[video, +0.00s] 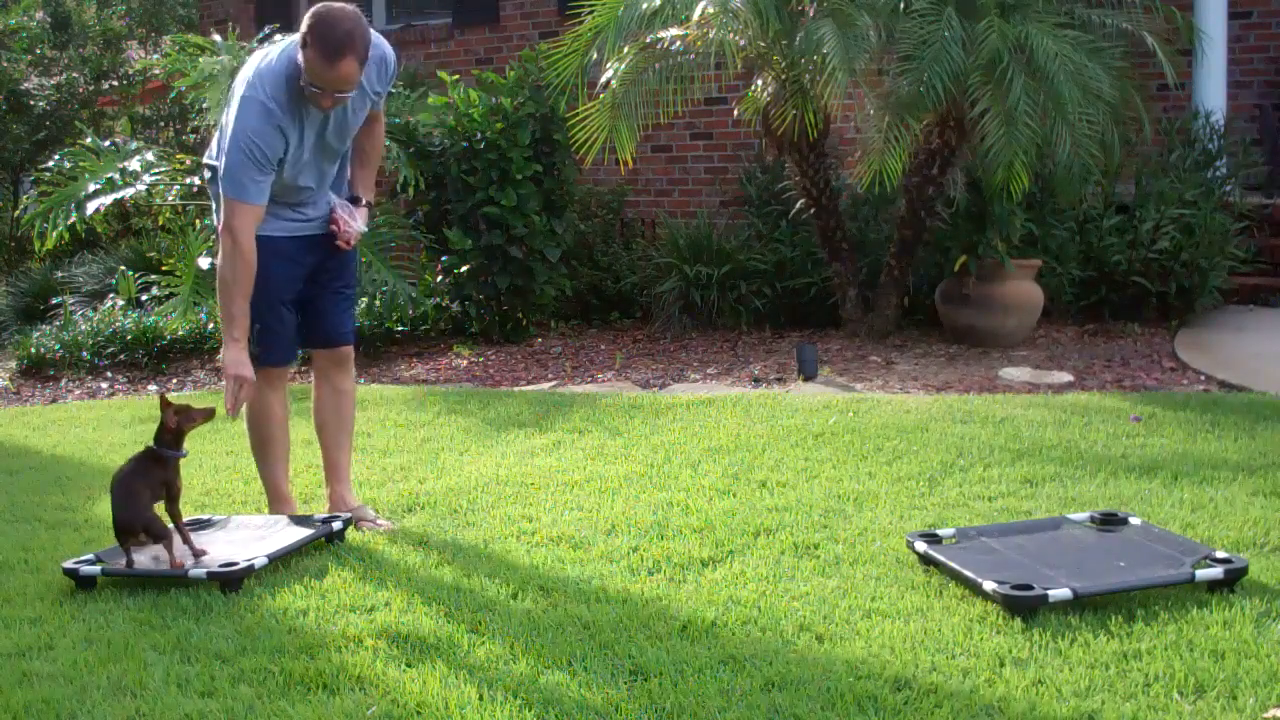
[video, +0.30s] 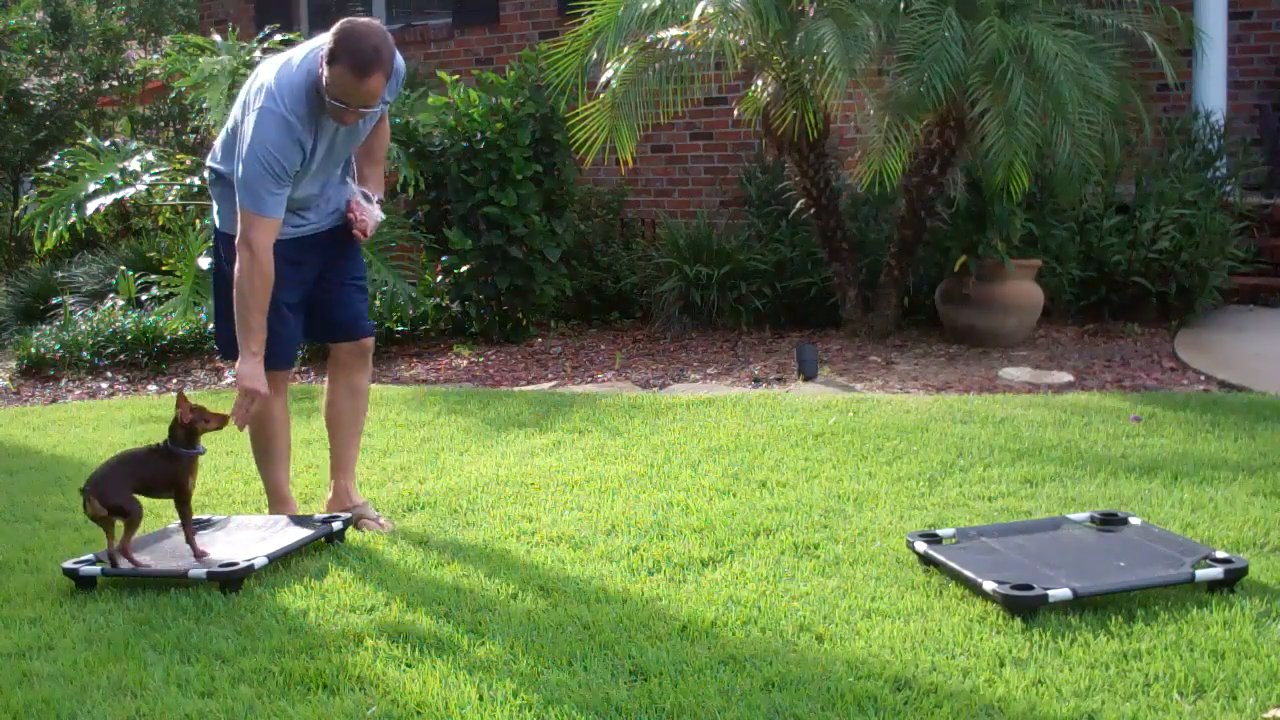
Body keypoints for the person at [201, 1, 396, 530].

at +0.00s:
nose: (330, 100)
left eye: (343, 89)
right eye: (318, 88)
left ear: (363, 60)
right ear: (300, 57)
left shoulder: (377, 58)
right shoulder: (260, 100)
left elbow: (371, 123)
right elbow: (236, 232)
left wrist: (360, 200)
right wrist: (234, 344)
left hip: (332, 219)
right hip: (264, 228)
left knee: (337, 353)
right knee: (272, 368)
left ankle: (342, 500)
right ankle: (283, 510)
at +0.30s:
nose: (353, 117)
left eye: (367, 106)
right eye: (341, 105)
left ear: (386, 76)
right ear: (323, 70)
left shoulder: (388, 66)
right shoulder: (274, 113)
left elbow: (377, 121)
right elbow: (253, 246)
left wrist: (369, 196)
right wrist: (249, 359)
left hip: (332, 217)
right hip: (263, 230)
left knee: (355, 345)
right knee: (272, 371)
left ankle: (344, 496)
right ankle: (283, 512)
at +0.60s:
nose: (402, 121)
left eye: (415, 111)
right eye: (391, 108)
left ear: (433, 83)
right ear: (374, 72)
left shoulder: (417, 72)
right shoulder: (322, 116)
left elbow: (414, 124)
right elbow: (305, 253)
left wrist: (426, 189)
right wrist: (304, 363)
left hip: (364, 212)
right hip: (293, 226)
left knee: (425, 328)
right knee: (302, 378)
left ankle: (469, 489)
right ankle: (287, 513)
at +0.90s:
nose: (498, 125)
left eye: (512, 118)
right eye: (487, 111)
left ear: (534, 92)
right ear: (475, 73)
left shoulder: (520, 81)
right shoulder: (423, 115)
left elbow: (507, 130)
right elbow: (394, 253)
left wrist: (504, 201)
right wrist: (387, 365)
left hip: (451, 216)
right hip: (372, 220)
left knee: (487, 344)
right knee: (356, 370)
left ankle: (487, 504)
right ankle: (300, 496)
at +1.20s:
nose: (582, 98)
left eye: (598, 90)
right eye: (573, 81)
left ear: (618, 66)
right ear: (559, 46)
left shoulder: (600, 51)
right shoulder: (507, 92)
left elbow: (584, 123)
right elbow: (486, 233)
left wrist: (581, 182)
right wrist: (482, 346)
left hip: (524, 194)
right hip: (460, 191)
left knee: (533, 338)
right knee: (554, 315)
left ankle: (491, 498)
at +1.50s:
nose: (689, 56)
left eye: (702, 46)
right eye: (678, 42)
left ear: (718, 21)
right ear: (655, 13)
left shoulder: (697, 33)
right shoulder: (608, 63)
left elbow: (669, 94)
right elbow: (597, 209)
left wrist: (667, 158)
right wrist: (607, 327)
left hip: (616, 198)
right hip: (567, 205)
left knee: (568, 353)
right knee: (658, 340)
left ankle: (494, 495)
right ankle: (715, 512)